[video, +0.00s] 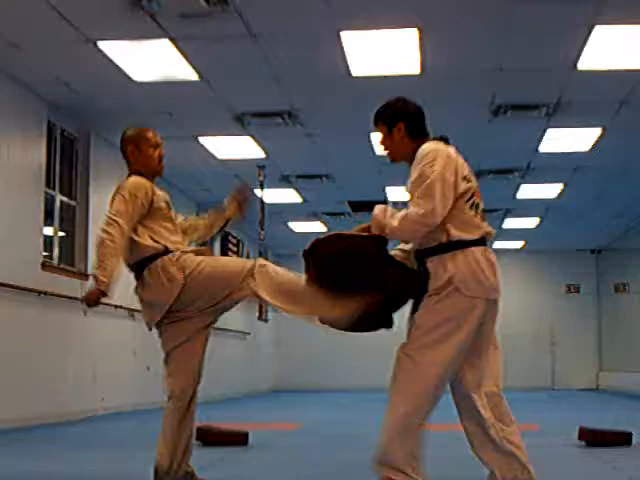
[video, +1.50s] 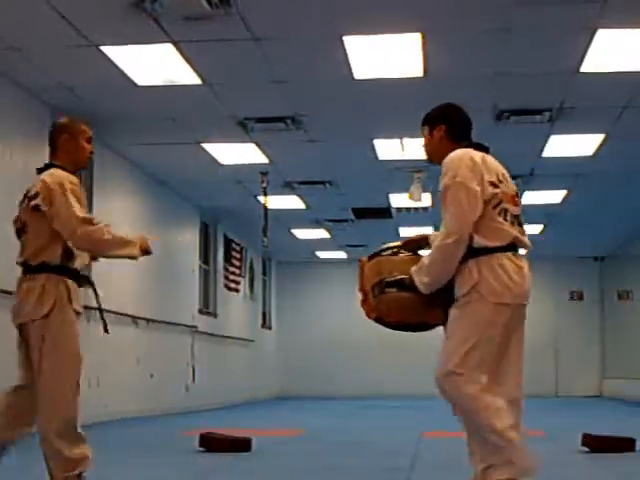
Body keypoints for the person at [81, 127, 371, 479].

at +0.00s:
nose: (161, 153)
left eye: (161, 146)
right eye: (153, 147)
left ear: (152, 152)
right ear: (132, 154)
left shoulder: (155, 197)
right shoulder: (134, 186)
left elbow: (188, 231)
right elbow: (113, 229)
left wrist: (228, 211)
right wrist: (102, 282)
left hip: (170, 302)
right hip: (173, 273)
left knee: (181, 393)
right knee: (256, 273)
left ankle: (172, 473)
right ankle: (339, 307)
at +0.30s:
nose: (184, 143)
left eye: (185, 138)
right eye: (177, 137)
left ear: (183, 143)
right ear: (154, 141)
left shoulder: (194, 178)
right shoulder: (143, 184)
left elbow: (216, 221)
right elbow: (158, 220)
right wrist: (213, 199)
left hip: (240, 250)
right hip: (204, 268)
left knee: (312, 256)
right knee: (238, 350)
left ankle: (330, 334)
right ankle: (245, 465)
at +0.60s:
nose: (237, 152)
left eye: (237, 146)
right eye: (230, 145)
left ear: (228, 151)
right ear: (206, 148)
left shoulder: (241, 200)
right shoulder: (184, 194)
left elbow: (247, 254)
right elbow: (165, 247)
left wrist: (278, 287)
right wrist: (209, 269)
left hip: (256, 301)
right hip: (216, 305)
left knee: (291, 376)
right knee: (235, 384)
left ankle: (274, 467)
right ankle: (245, 465)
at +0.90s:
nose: (221, 138)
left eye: (221, 132)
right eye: (214, 131)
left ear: (216, 140)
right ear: (188, 136)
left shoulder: (222, 190)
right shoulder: (171, 178)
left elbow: (218, 244)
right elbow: (144, 229)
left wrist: (238, 243)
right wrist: (196, 251)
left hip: (224, 293)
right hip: (187, 290)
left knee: (241, 379)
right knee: (179, 372)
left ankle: (252, 469)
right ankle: (118, 457)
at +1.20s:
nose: (162, 155)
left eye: (161, 149)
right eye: (156, 147)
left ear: (138, 151)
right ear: (133, 149)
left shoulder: (135, 198)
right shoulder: (116, 190)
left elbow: (121, 254)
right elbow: (108, 243)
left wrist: (160, 263)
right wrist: (162, 250)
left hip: (140, 300)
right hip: (119, 299)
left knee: (161, 394)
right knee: (104, 397)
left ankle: (204, 465)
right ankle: (75, 473)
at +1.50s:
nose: (91, 148)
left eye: (91, 142)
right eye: (86, 141)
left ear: (62, 145)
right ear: (63, 142)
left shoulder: (42, 185)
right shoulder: (59, 181)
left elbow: (52, 245)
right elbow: (80, 233)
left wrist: (97, 246)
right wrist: (133, 245)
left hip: (34, 292)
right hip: (52, 293)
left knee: (36, 386)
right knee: (61, 383)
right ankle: (67, 468)